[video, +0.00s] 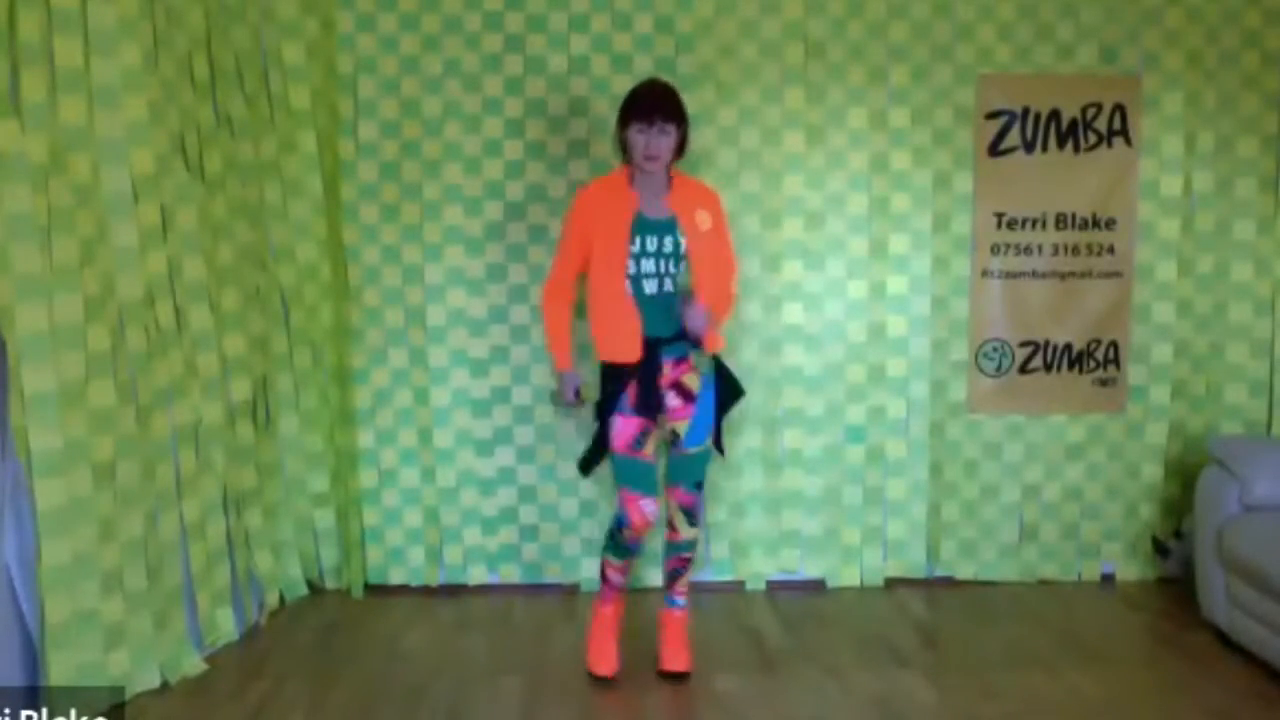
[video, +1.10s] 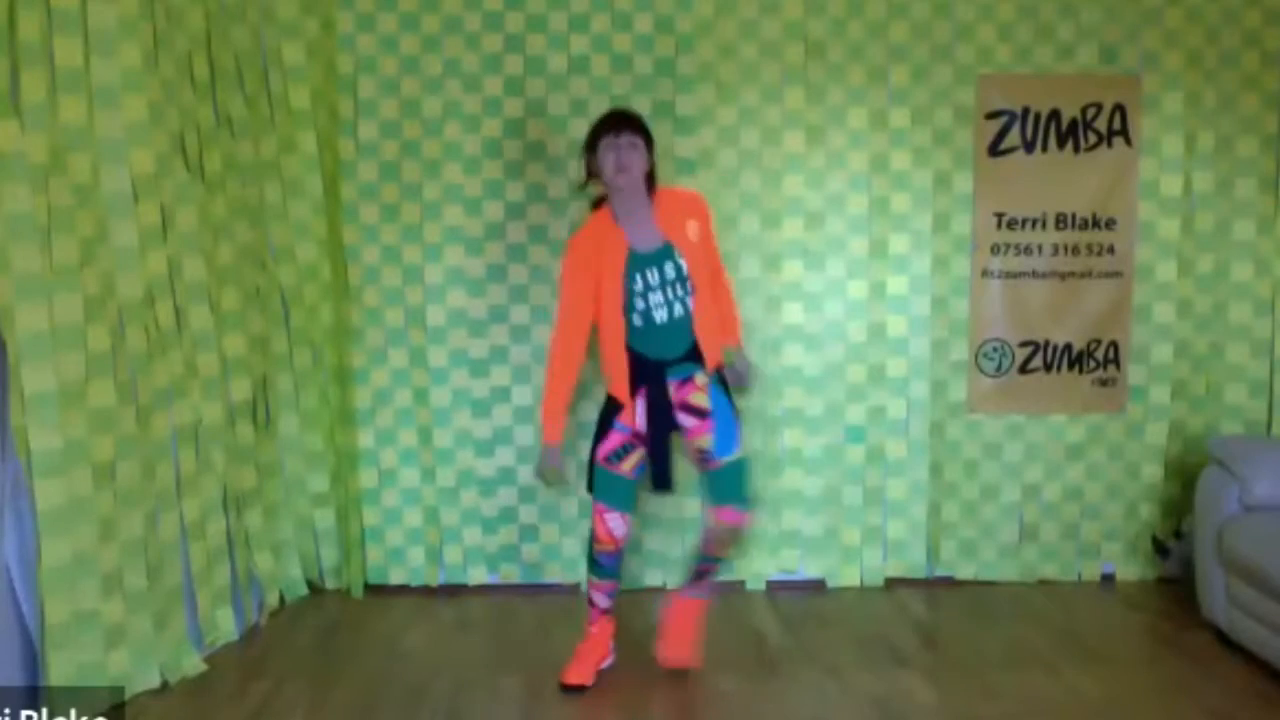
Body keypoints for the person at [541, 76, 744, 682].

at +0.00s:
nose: (652, 142)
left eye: (664, 131)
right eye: (641, 130)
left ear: (680, 139)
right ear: (623, 136)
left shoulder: (701, 201)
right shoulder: (594, 202)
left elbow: (723, 277)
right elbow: (560, 285)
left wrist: (704, 312)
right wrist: (564, 363)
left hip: (692, 364)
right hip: (626, 369)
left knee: (686, 505)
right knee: (636, 510)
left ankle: (676, 620)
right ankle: (607, 613)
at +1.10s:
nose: (622, 155)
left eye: (631, 146)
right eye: (611, 148)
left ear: (651, 158)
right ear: (594, 166)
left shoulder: (688, 210)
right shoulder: (589, 243)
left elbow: (714, 279)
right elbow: (569, 335)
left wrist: (730, 344)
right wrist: (552, 427)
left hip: (698, 374)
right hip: (630, 384)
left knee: (731, 512)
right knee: (609, 519)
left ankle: (689, 604)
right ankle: (598, 632)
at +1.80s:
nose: (832, 235)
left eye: (846, 227)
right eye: (824, 223)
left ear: (861, 242)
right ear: (807, 227)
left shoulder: (865, 311)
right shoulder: (765, 268)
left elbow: (926, 378)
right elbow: (697, 294)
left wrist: (988, 444)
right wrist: (684, 359)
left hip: (796, 440)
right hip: (722, 429)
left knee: (899, 527)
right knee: (634, 518)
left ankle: (883, 632)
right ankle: (592, 622)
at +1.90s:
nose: (793, 217)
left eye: (805, 207)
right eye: (785, 204)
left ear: (820, 220)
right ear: (767, 210)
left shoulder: (829, 286)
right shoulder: (729, 262)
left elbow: (887, 354)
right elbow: (662, 307)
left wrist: (945, 422)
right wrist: (651, 376)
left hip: (782, 428)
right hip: (711, 424)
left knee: (877, 523)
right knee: (632, 528)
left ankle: (882, 632)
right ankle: (590, 629)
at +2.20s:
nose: (647, 143)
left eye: (660, 133)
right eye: (638, 131)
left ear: (679, 144)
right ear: (622, 140)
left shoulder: (705, 201)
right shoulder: (599, 213)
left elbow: (734, 281)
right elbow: (574, 301)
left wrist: (762, 356)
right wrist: (557, 388)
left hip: (701, 360)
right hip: (633, 365)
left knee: (741, 490)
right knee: (611, 504)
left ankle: (771, 622)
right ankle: (588, 627)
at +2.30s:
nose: (627, 137)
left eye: (640, 126)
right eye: (616, 125)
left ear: (657, 134)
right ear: (599, 133)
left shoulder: (683, 195)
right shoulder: (575, 202)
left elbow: (706, 284)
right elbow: (552, 291)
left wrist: (717, 367)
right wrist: (542, 379)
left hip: (685, 362)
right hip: (615, 366)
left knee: (687, 503)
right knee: (606, 506)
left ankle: (682, 629)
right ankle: (586, 629)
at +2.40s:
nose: (624, 136)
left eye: (636, 125)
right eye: (613, 124)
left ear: (654, 134)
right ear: (597, 132)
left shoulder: (679, 195)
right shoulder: (570, 198)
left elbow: (699, 285)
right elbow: (548, 288)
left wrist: (710, 372)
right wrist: (540, 375)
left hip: (676, 362)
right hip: (606, 366)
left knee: (673, 505)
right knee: (601, 505)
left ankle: (667, 630)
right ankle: (586, 629)